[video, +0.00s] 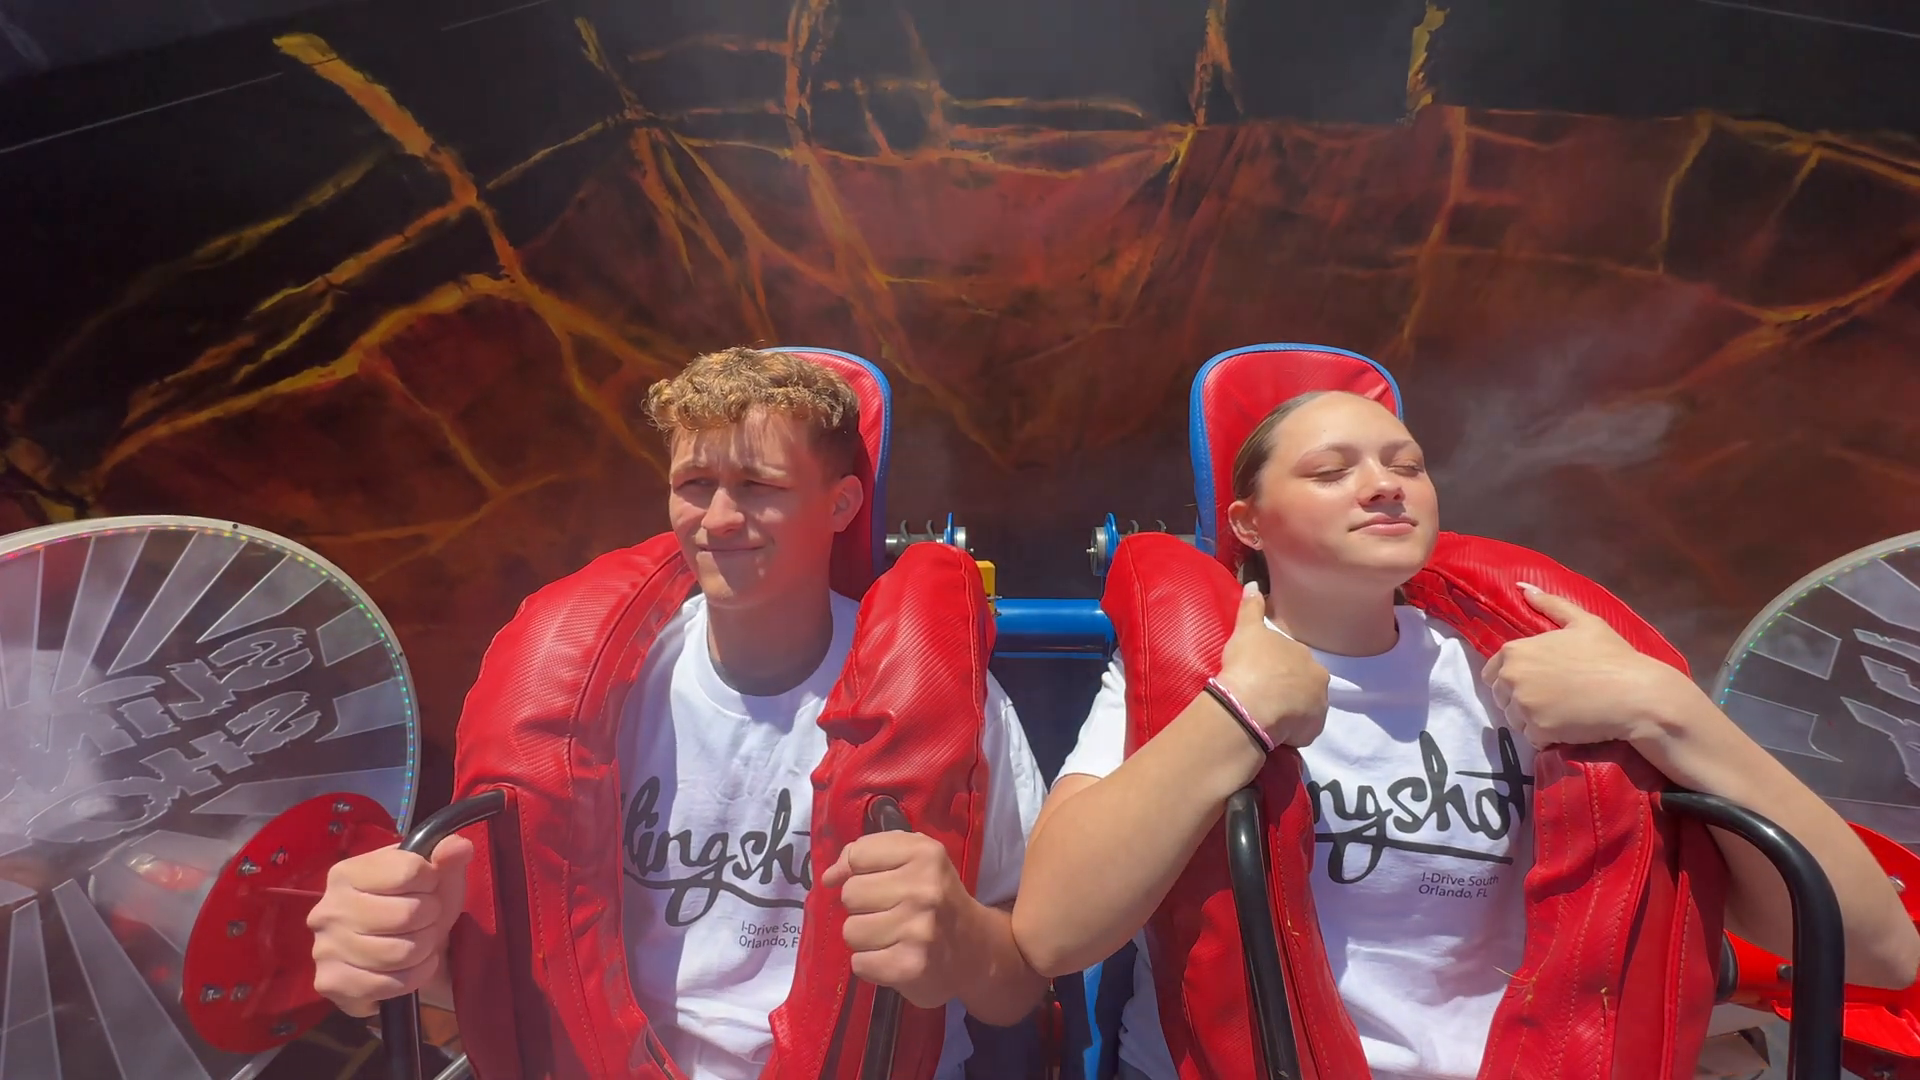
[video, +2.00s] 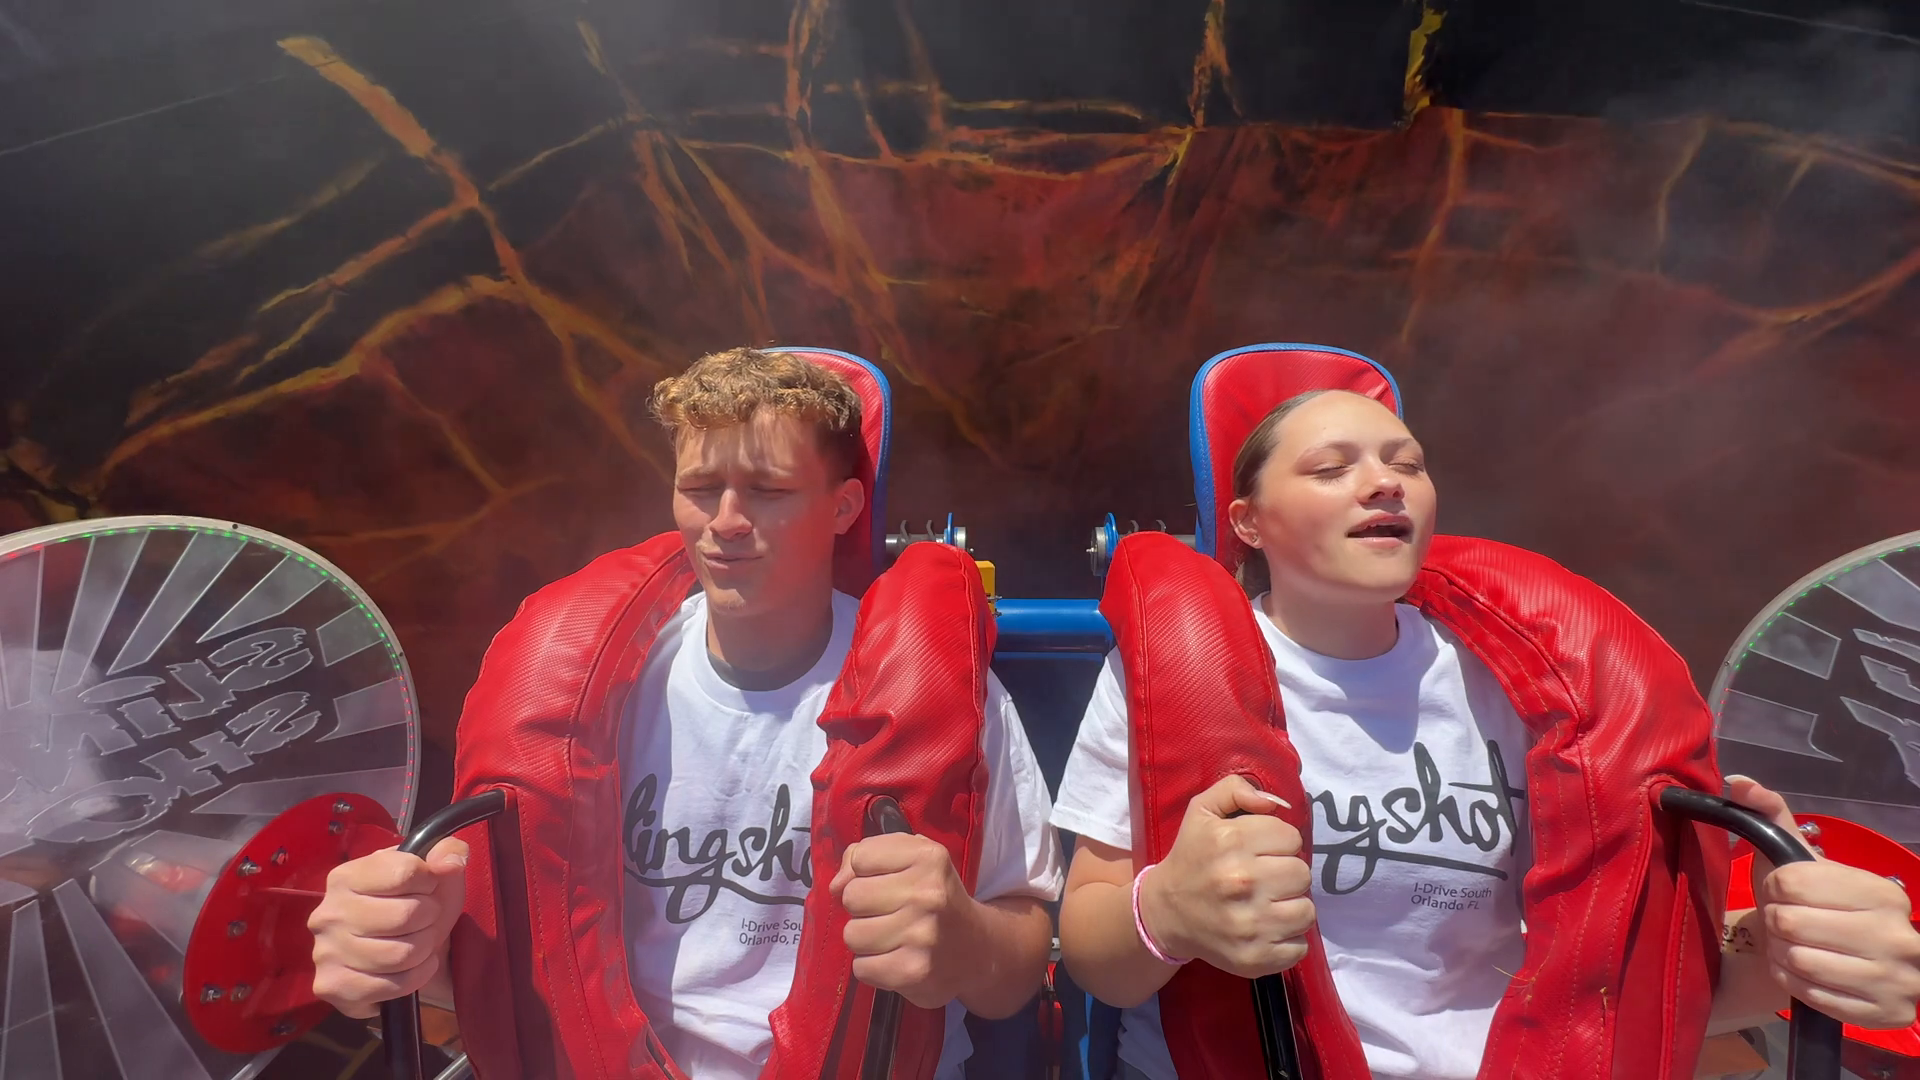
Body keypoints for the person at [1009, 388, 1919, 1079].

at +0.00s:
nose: (1387, 484)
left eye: (1402, 458)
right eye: (1332, 469)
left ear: (1431, 487)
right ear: (1252, 524)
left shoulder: (1542, 673)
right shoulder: (1172, 677)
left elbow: (1883, 947)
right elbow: (1050, 938)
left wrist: (1665, 708)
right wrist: (1242, 714)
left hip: (1530, 1063)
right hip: (1296, 1064)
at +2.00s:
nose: (1383, 481)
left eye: (1401, 458)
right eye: (1330, 464)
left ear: (1432, 493)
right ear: (1245, 521)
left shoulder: (1529, 666)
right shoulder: (1175, 668)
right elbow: (1088, 953)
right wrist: (1162, 912)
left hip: (1507, 1067)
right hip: (1288, 1064)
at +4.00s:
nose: (1384, 481)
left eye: (1401, 457)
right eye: (1330, 468)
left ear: (1434, 488)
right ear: (1246, 523)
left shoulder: (1520, 664)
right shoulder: (1175, 664)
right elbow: (1089, 954)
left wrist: (1717, 857)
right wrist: (1162, 911)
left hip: (1508, 1065)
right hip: (1294, 1065)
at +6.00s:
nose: (1379, 468)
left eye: (1395, 445)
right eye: (1325, 455)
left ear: (1431, 480)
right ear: (1244, 518)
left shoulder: (1530, 662)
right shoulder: (1173, 663)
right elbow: (1088, 953)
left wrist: (1767, 904)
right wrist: (1158, 914)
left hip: (1506, 1067)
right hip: (1281, 1066)